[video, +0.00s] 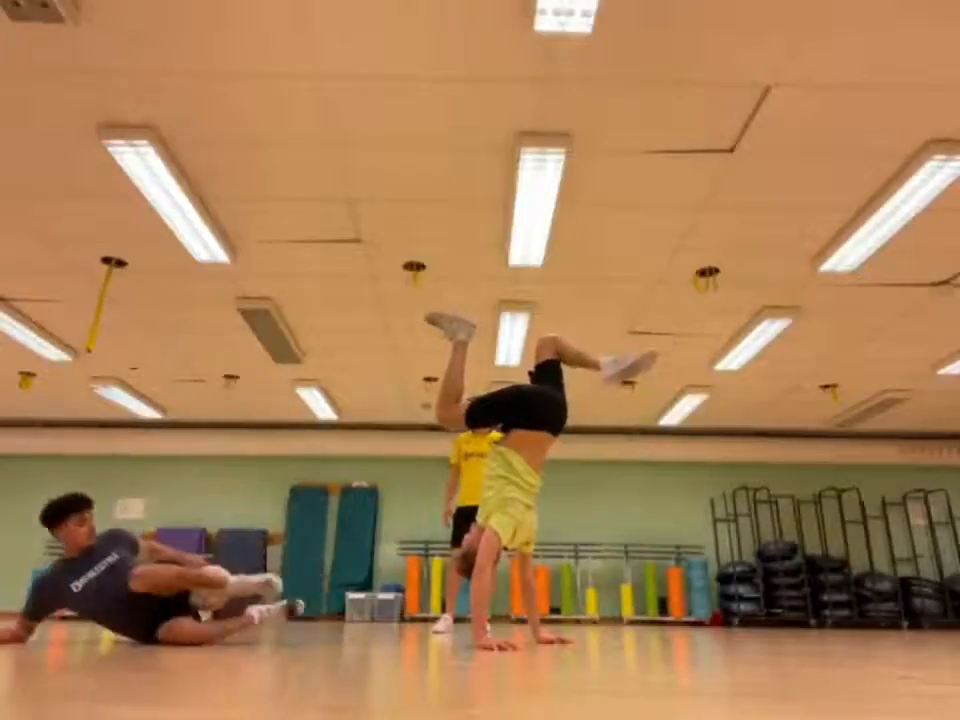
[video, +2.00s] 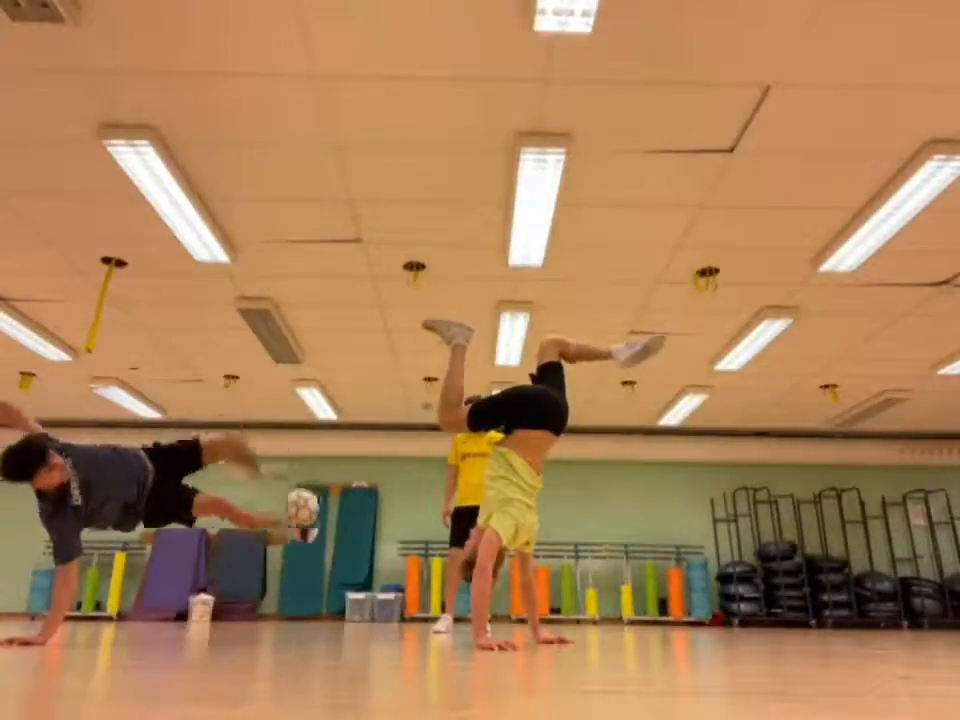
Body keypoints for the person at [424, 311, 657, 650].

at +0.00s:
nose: (469, 535)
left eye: (465, 540)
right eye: (470, 542)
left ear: (469, 543)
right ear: (472, 542)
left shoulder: (523, 535)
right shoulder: (493, 526)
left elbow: (528, 583)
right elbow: (481, 574)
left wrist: (536, 631)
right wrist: (481, 635)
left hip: (551, 413)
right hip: (530, 410)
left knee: (548, 345)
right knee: (449, 414)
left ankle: (607, 365)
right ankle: (460, 340)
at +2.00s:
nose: (485, 566)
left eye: (476, 567)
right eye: (478, 564)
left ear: (473, 550)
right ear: (475, 548)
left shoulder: (524, 536)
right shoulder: (495, 528)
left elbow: (527, 583)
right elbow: (482, 576)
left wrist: (537, 632)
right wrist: (481, 636)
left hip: (554, 414)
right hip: (530, 408)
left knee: (551, 345)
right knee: (450, 418)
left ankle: (619, 352)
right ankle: (458, 345)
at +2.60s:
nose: (476, 542)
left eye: (469, 542)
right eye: (476, 545)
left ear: (471, 542)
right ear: (477, 541)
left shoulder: (525, 536)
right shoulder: (496, 529)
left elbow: (528, 584)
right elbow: (482, 578)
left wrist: (537, 632)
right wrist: (481, 636)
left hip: (557, 413)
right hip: (534, 410)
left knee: (545, 347)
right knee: (464, 381)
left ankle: (602, 309)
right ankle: (450, 302)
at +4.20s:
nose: (476, 543)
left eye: (473, 548)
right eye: (476, 546)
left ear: (475, 547)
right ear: (481, 544)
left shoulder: (528, 540)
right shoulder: (504, 531)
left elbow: (529, 586)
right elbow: (484, 575)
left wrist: (538, 632)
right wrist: (481, 635)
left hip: (572, 416)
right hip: (554, 416)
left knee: (580, 347)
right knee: (471, 409)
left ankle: (658, 323)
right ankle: (472, 331)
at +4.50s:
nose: (482, 542)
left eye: (480, 545)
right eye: (481, 543)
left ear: (482, 550)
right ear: (484, 544)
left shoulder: (530, 541)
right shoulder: (509, 534)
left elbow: (530, 588)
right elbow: (482, 576)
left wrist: (536, 632)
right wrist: (480, 635)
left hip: (598, 436)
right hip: (582, 432)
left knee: (634, 367)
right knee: (515, 382)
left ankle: (714, 359)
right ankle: (527, 301)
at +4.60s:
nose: (488, 525)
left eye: (486, 534)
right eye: (487, 533)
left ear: (490, 546)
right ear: (490, 540)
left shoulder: (530, 538)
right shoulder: (514, 532)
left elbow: (535, 586)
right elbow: (486, 574)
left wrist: (537, 632)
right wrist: (480, 637)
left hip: (604, 438)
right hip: (596, 436)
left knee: (655, 374)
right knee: (538, 362)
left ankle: (736, 390)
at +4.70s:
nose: (495, 524)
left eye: (494, 536)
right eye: (494, 531)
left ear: (495, 550)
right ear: (497, 537)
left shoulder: (535, 539)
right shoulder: (519, 534)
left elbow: (535, 586)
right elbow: (485, 579)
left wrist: (537, 630)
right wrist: (479, 637)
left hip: (618, 452)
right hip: (609, 441)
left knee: (683, 394)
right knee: (576, 353)